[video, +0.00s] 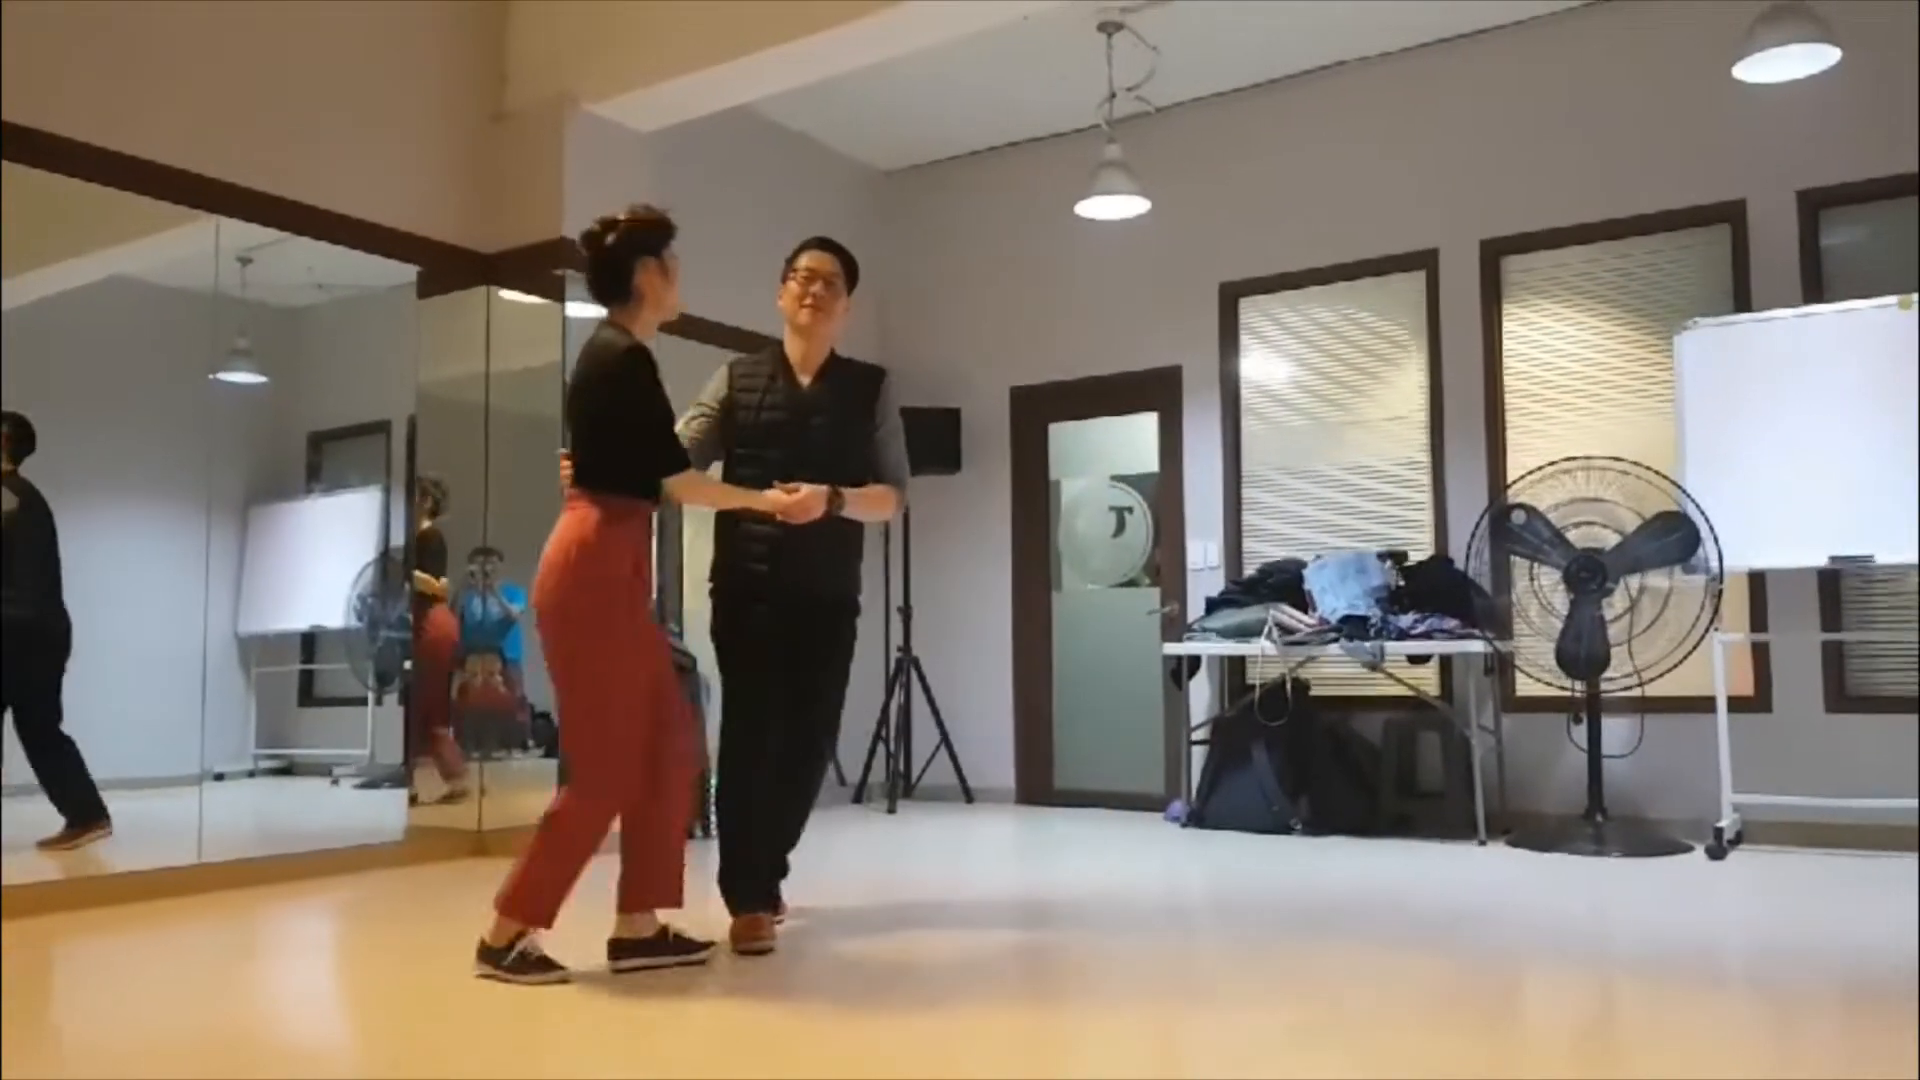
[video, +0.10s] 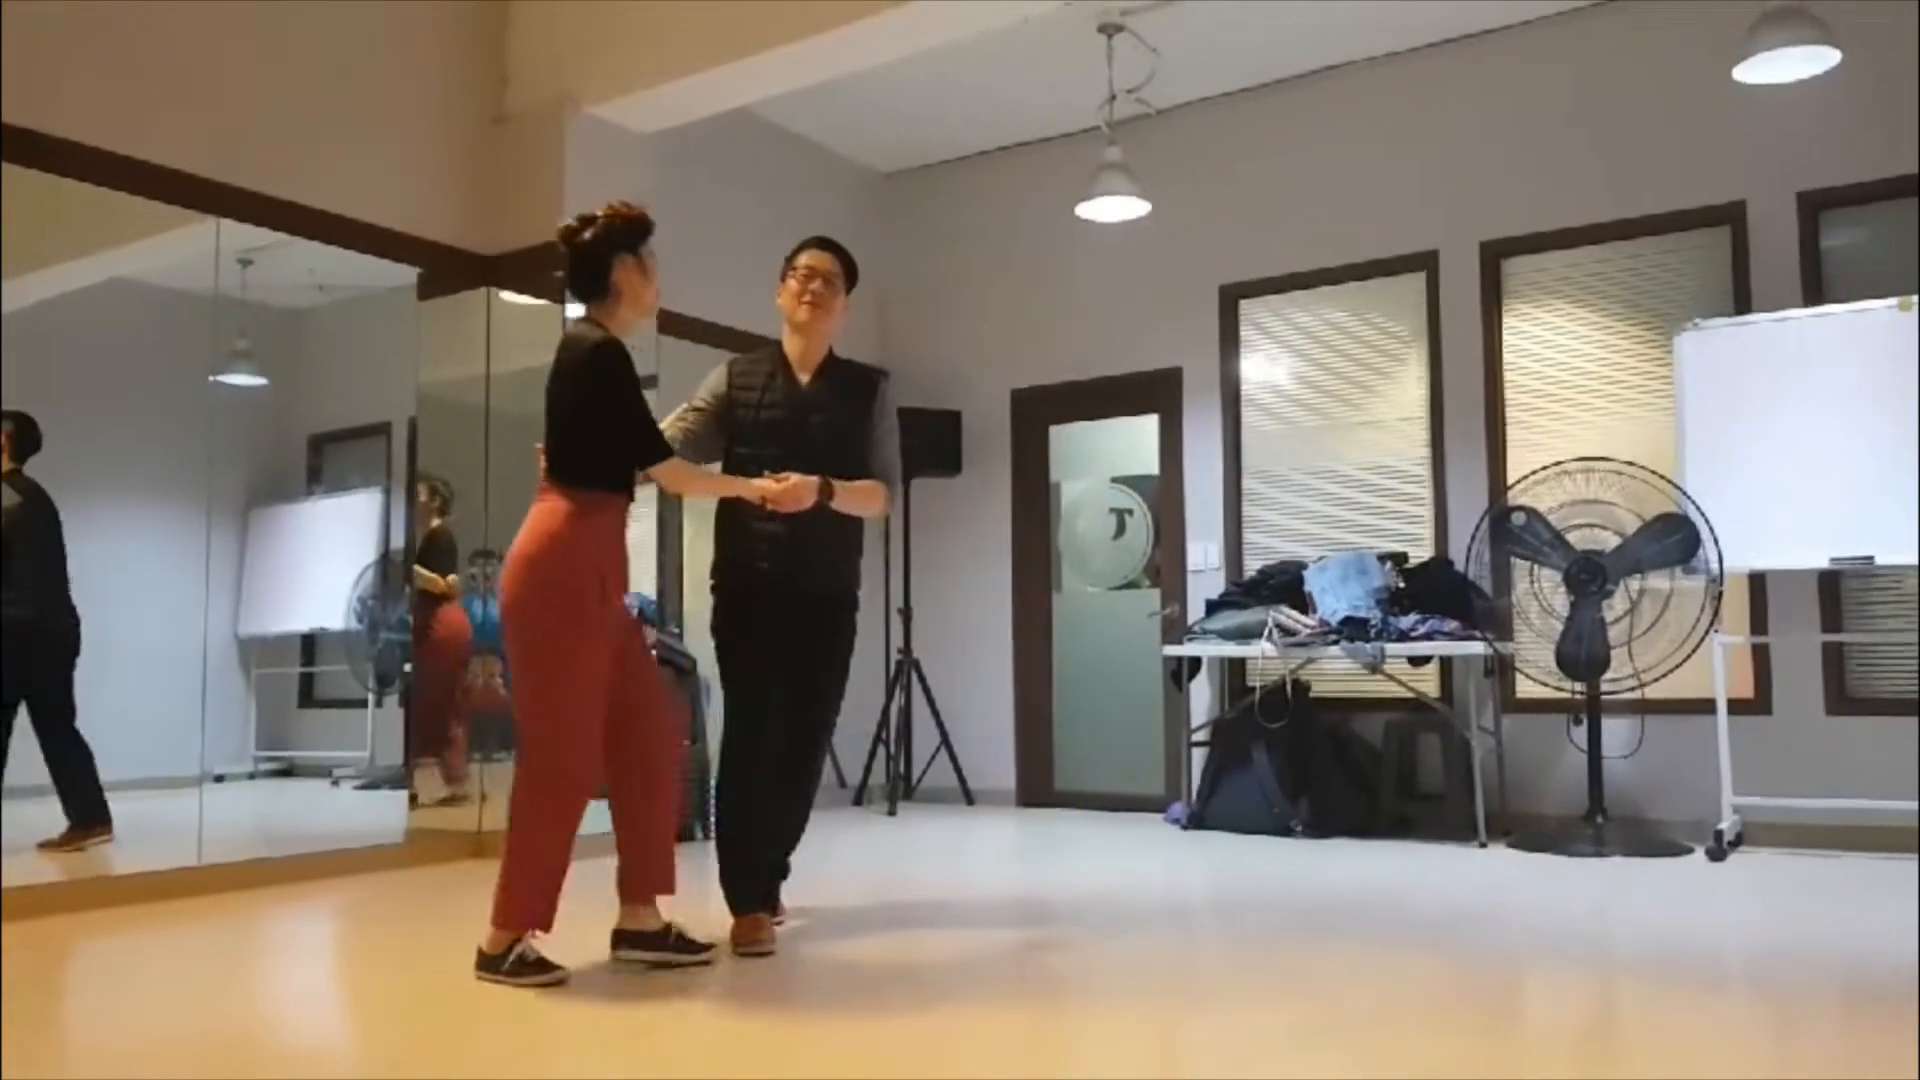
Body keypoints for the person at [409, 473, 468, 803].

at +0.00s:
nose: (410, 504)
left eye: (414, 498)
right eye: (411, 498)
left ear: (427, 502)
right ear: (425, 501)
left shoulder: (431, 537)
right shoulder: (417, 537)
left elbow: (439, 586)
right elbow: (419, 580)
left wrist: (407, 573)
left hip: (433, 618)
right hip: (422, 616)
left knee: (428, 704)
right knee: (420, 703)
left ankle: (457, 777)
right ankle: (405, 780)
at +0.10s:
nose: (414, 504)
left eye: (419, 498)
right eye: (414, 498)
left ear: (437, 503)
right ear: (429, 503)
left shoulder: (441, 535)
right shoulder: (428, 537)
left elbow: (450, 585)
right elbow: (434, 581)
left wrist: (416, 572)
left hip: (442, 621)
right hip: (434, 619)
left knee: (439, 702)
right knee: (443, 703)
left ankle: (457, 782)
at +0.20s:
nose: (420, 503)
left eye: (426, 496)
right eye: (419, 497)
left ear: (445, 500)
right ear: (435, 502)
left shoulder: (448, 534)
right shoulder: (437, 536)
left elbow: (454, 583)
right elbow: (436, 579)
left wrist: (419, 570)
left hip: (446, 624)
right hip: (434, 623)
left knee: (454, 703)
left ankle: (462, 784)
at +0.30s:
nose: (424, 504)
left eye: (430, 497)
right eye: (423, 498)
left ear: (448, 502)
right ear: (435, 504)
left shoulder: (452, 536)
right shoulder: (440, 536)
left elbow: (454, 584)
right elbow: (440, 581)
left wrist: (420, 571)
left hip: (449, 625)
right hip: (432, 624)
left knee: (457, 702)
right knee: (417, 700)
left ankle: (464, 786)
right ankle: (416, 781)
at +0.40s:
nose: (424, 506)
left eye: (430, 498)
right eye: (423, 499)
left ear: (448, 503)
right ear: (436, 505)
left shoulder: (452, 538)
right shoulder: (441, 538)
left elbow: (458, 587)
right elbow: (443, 583)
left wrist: (420, 576)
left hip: (449, 629)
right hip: (433, 627)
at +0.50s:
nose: (419, 506)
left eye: (425, 500)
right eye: (419, 500)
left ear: (444, 504)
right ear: (435, 506)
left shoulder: (446, 539)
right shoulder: (436, 540)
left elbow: (456, 590)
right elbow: (435, 585)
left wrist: (419, 582)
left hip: (442, 631)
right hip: (433, 629)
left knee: (435, 705)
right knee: (449, 706)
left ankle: (434, 788)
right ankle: (456, 787)